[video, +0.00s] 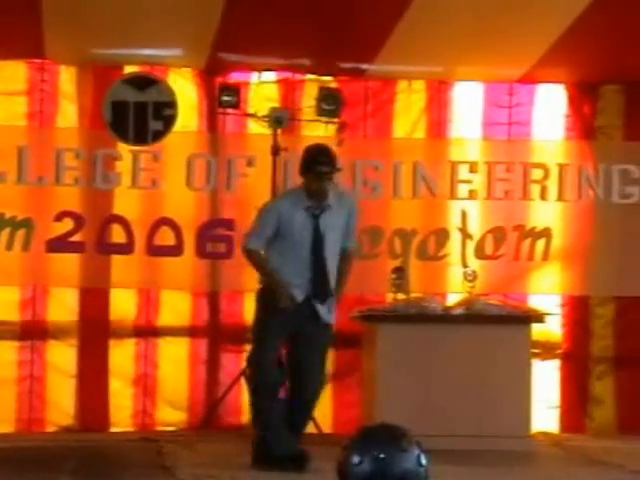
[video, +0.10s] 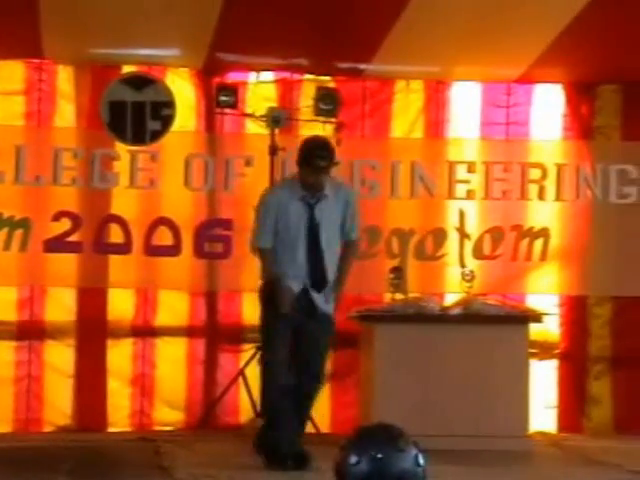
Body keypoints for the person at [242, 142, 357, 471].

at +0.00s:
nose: (324, 185)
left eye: (329, 178)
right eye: (317, 178)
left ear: (335, 176)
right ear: (303, 176)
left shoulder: (345, 206)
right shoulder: (281, 206)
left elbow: (347, 250)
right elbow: (252, 245)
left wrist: (337, 291)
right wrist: (276, 284)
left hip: (318, 306)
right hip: (279, 303)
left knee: (310, 381)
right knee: (265, 373)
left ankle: (284, 444)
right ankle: (272, 445)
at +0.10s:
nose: (320, 179)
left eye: (325, 171)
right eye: (314, 171)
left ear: (332, 169)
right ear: (300, 168)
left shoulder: (343, 196)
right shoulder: (276, 197)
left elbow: (351, 242)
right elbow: (263, 246)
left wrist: (338, 286)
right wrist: (277, 285)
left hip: (320, 296)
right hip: (283, 294)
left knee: (312, 373)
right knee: (278, 371)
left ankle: (280, 436)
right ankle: (285, 444)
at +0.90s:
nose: (296, 149)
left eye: (301, 140)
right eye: (289, 141)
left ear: (308, 140)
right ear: (276, 141)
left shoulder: (322, 176)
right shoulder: (251, 177)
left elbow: (329, 222)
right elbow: (238, 231)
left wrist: (329, 262)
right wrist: (255, 277)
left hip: (314, 282)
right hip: (273, 284)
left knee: (331, 356)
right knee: (283, 359)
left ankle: (321, 422)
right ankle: (306, 422)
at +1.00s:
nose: (300, 145)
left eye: (306, 137)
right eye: (293, 137)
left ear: (314, 141)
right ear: (281, 141)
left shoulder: (331, 180)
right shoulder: (257, 179)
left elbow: (339, 227)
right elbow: (236, 234)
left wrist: (328, 270)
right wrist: (249, 277)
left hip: (309, 280)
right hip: (265, 277)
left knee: (308, 365)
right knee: (247, 343)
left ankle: (293, 434)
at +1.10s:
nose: (296, 147)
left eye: (301, 139)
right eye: (289, 139)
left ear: (311, 141)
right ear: (278, 143)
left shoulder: (330, 184)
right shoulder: (261, 184)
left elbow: (341, 233)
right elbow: (237, 232)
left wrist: (329, 276)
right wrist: (244, 273)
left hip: (307, 287)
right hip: (264, 281)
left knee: (297, 369)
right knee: (241, 346)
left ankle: (284, 439)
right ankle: (233, 412)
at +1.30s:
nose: (295, 133)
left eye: (300, 124)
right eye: (288, 125)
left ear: (308, 126)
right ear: (276, 126)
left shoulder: (327, 163)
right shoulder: (257, 163)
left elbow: (338, 213)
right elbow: (247, 214)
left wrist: (329, 257)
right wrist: (234, 240)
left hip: (311, 267)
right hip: (268, 267)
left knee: (306, 354)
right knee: (269, 352)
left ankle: (301, 433)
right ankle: (265, 434)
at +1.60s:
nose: (310, 150)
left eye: (315, 142)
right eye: (303, 142)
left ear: (321, 139)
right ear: (286, 136)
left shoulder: (328, 171)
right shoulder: (259, 167)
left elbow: (330, 221)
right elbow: (239, 221)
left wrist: (323, 259)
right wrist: (242, 269)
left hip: (308, 273)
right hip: (267, 270)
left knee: (306, 359)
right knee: (264, 354)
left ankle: (260, 424)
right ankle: (280, 433)